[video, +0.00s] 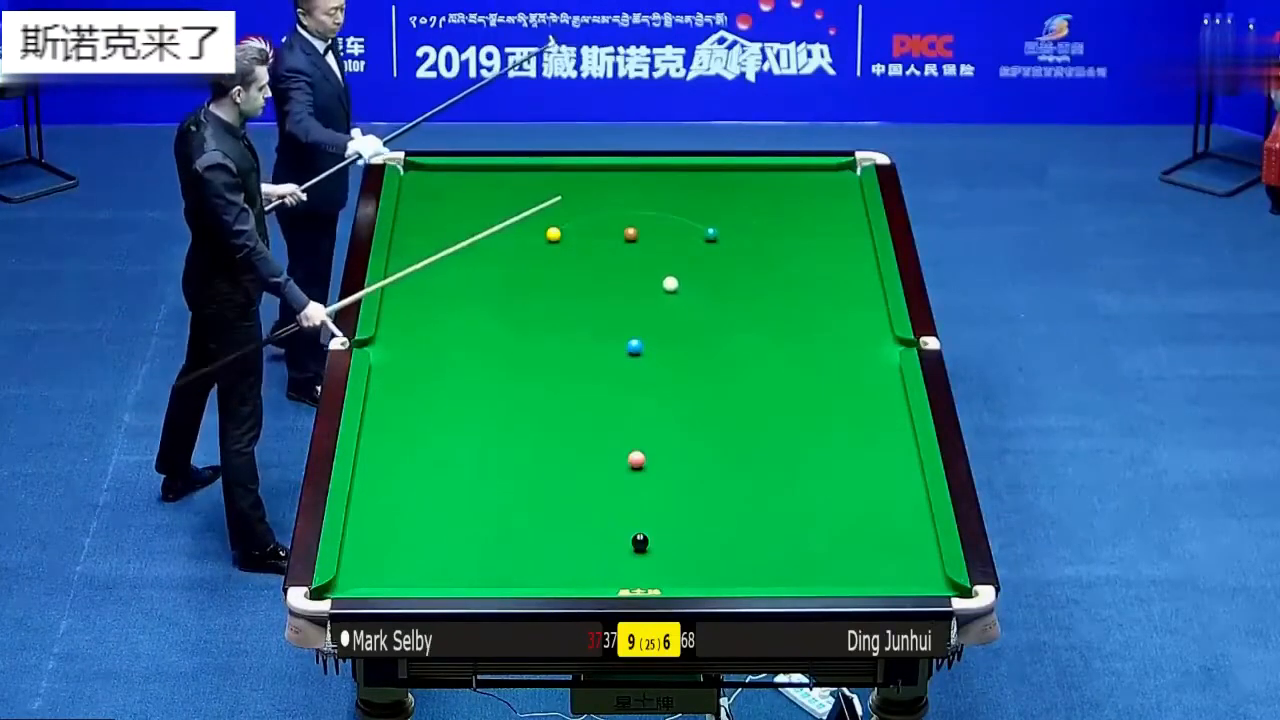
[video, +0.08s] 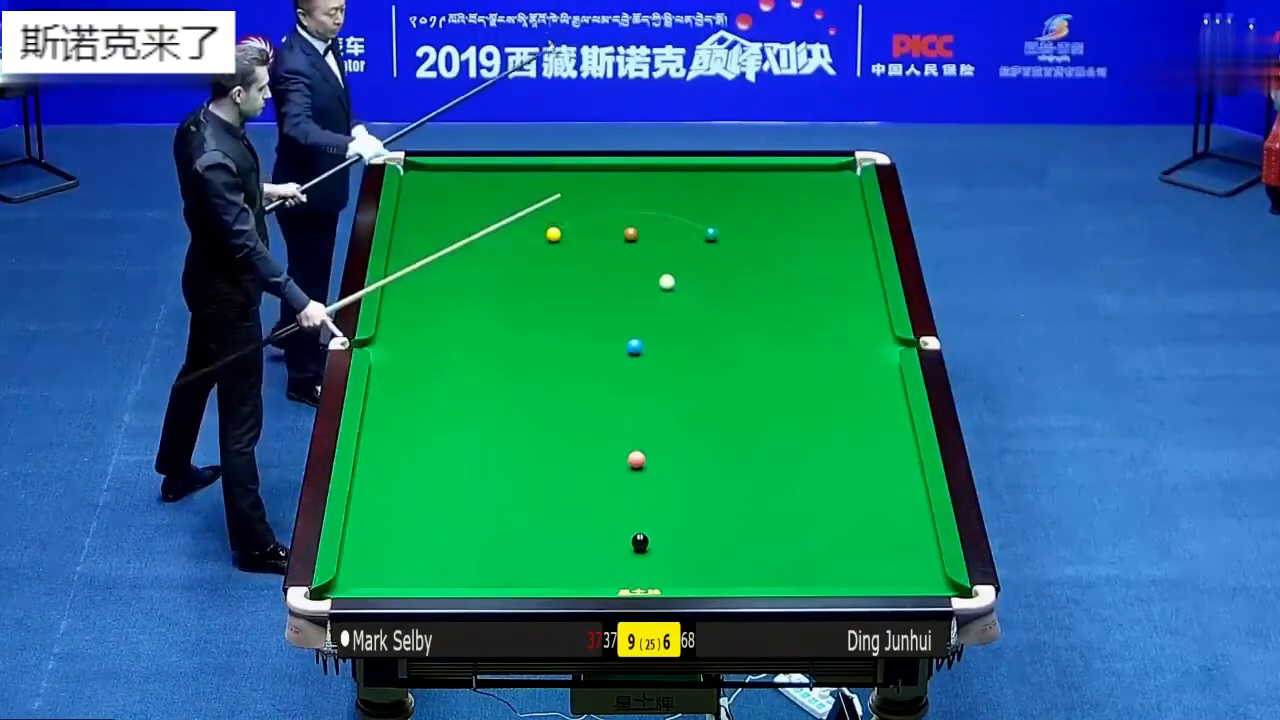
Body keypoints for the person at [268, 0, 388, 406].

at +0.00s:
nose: (339, 15)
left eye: (341, 8)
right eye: (329, 9)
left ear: (344, 10)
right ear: (304, 12)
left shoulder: (324, 48)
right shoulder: (294, 60)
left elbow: (328, 113)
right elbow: (298, 124)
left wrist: (356, 136)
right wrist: (349, 143)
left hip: (322, 187)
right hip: (303, 191)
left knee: (310, 275)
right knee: (310, 285)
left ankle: (288, 333)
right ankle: (303, 380)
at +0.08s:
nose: (339, 16)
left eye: (341, 9)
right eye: (330, 11)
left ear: (343, 11)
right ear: (304, 12)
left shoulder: (326, 47)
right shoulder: (293, 60)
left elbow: (336, 108)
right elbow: (295, 127)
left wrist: (359, 132)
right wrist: (349, 145)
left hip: (323, 187)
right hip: (303, 191)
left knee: (310, 276)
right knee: (309, 285)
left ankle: (291, 340)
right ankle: (303, 380)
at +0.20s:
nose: (340, 15)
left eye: (342, 8)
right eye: (331, 9)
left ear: (344, 9)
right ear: (305, 12)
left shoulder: (327, 47)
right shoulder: (293, 59)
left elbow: (339, 98)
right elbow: (293, 128)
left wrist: (361, 123)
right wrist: (350, 145)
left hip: (324, 188)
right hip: (302, 191)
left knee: (313, 282)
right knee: (305, 288)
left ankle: (310, 368)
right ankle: (302, 381)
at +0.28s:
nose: (344, 12)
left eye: (346, 5)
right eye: (336, 5)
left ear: (342, 8)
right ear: (309, 8)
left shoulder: (329, 43)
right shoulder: (295, 56)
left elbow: (339, 93)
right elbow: (295, 126)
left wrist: (366, 117)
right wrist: (354, 144)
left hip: (325, 183)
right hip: (303, 187)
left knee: (316, 279)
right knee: (305, 284)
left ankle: (313, 369)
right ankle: (301, 381)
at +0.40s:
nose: (346, 10)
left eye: (349, 3)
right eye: (338, 3)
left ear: (345, 7)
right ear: (312, 6)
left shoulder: (332, 41)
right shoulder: (299, 52)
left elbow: (342, 91)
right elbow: (295, 121)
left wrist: (368, 115)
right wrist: (353, 141)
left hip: (327, 182)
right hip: (306, 186)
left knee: (318, 279)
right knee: (307, 282)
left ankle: (315, 370)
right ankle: (302, 380)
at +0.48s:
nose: (349, 6)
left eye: (350, 1)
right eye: (340, 0)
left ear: (343, 5)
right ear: (315, 3)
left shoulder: (333, 38)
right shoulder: (302, 48)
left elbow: (346, 91)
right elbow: (301, 117)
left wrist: (370, 112)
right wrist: (353, 137)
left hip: (332, 177)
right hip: (310, 182)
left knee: (321, 276)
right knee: (312, 279)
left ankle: (316, 368)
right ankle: (303, 380)